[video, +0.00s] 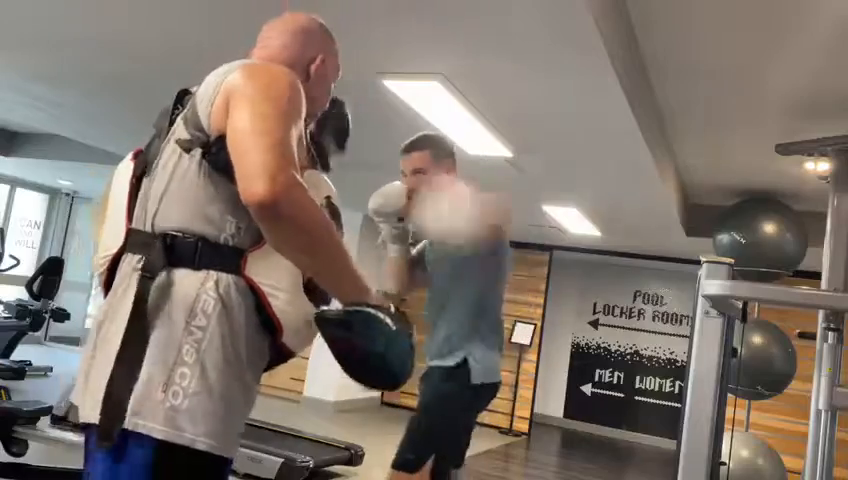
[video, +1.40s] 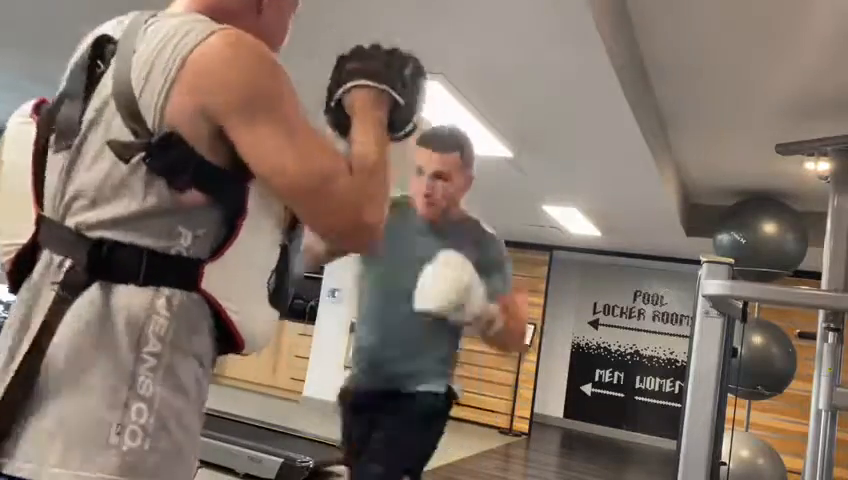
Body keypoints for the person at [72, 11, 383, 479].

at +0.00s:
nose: (328, 101)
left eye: (334, 86)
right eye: (333, 82)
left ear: (264, 45)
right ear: (319, 63)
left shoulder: (208, 94)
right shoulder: (266, 79)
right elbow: (269, 190)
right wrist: (360, 298)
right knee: (170, 464)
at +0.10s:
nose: (328, 100)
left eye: (333, 87)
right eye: (332, 84)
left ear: (265, 47)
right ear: (318, 65)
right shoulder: (263, 79)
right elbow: (277, 185)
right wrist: (370, 271)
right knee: (169, 467)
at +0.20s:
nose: (324, 103)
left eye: (330, 89)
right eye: (329, 85)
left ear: (260, 48)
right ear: (313, 67)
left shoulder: (205, 96)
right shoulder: (262, 78)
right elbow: (317, 179)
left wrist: (330, 227)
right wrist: (395, 232)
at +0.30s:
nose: (315, 90)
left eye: (318, 79)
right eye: (317, 76)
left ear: (247, 43)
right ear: (304, 58)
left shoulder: (188, 93)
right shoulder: (262, 83)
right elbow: (385, 194)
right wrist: (430, 176)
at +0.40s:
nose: (313, 76)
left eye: (319, 68)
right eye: (317, 64)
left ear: (241, 26)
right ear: (303, 47)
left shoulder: (172, 81)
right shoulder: (269, 80)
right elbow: (406, 187)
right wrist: (409, 129)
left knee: (86, 464)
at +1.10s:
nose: (307, 77)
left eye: (313, 63)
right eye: (311, 59)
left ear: (223, 23)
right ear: (291, 42)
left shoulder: (143, 73)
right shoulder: (266, 100)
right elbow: (367, 252)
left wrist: (295, 111)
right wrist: (398, 172)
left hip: (57, 330)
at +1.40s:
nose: (292, 20)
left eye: (294, 8)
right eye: (293, 6)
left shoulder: (108, 40)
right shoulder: (230, 59)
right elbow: (357, 219)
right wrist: (370, 105)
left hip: (41, 317)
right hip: (131, 345)